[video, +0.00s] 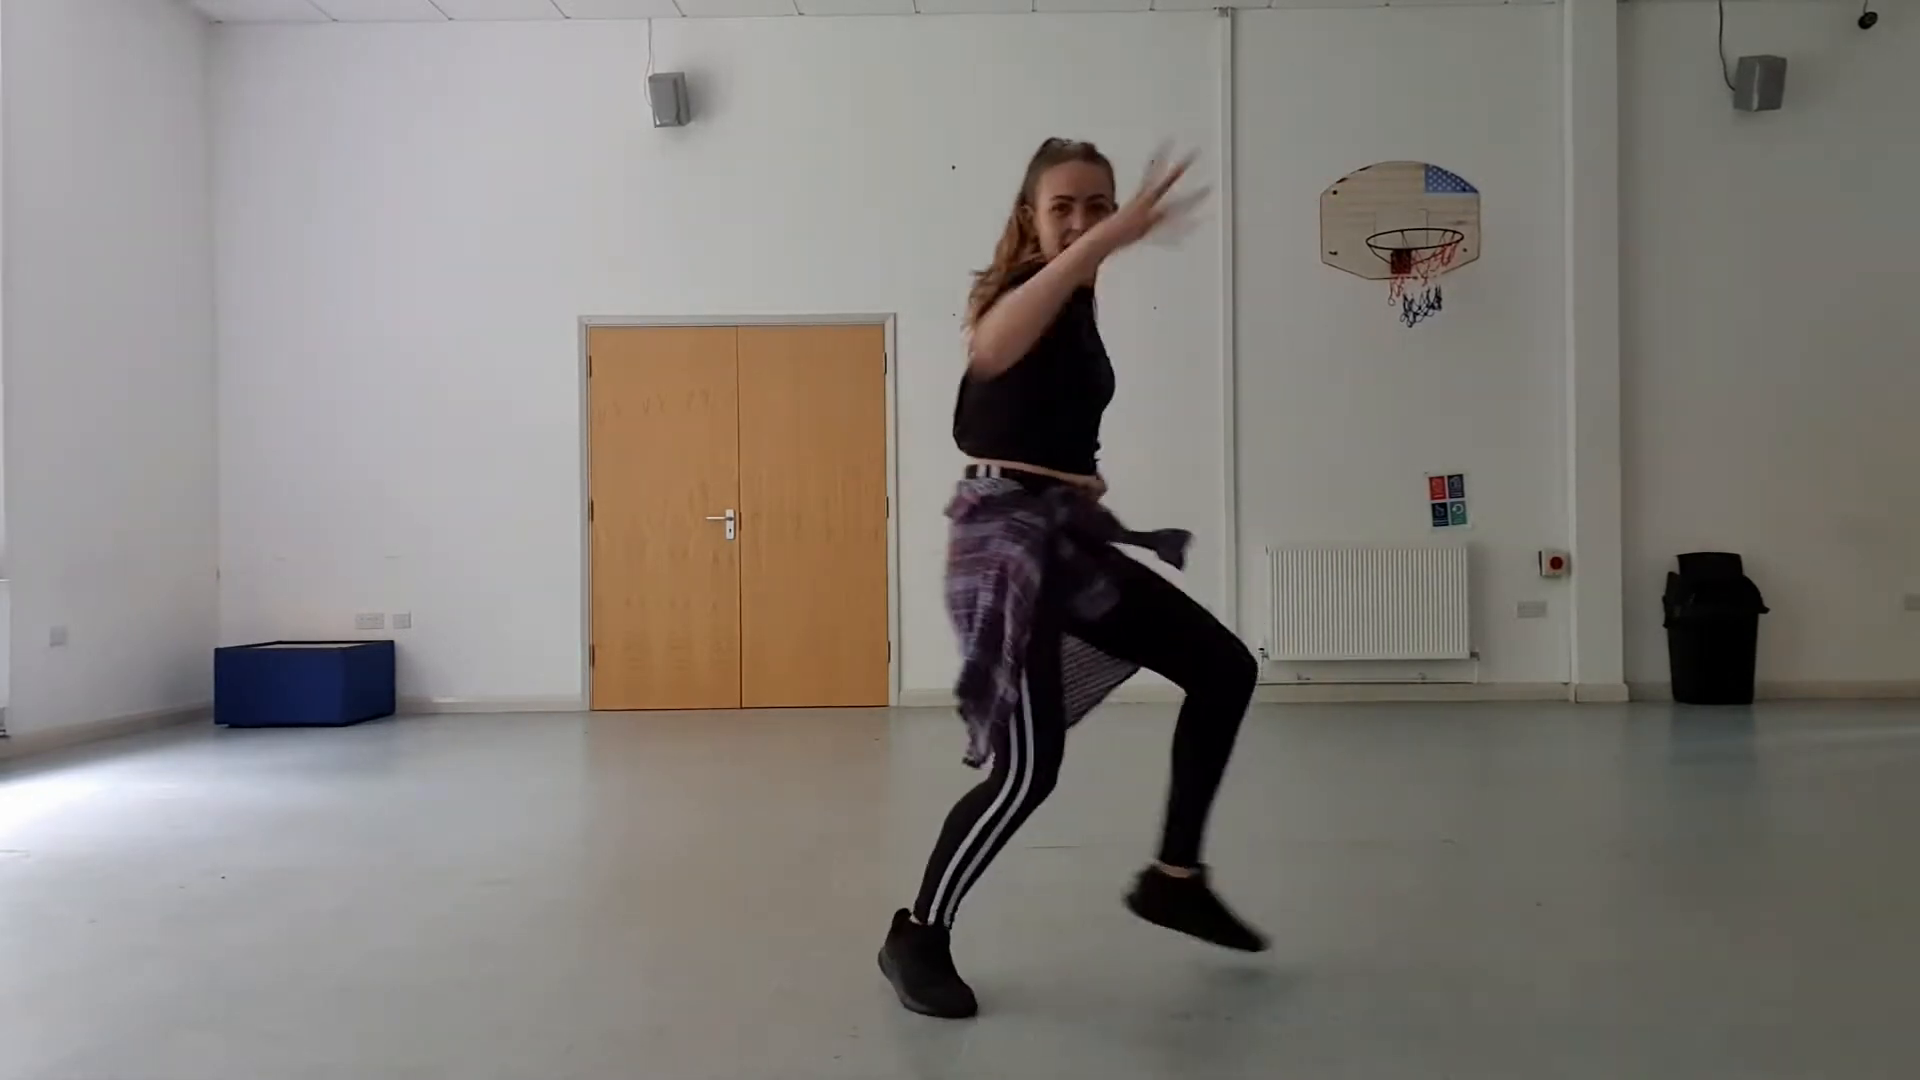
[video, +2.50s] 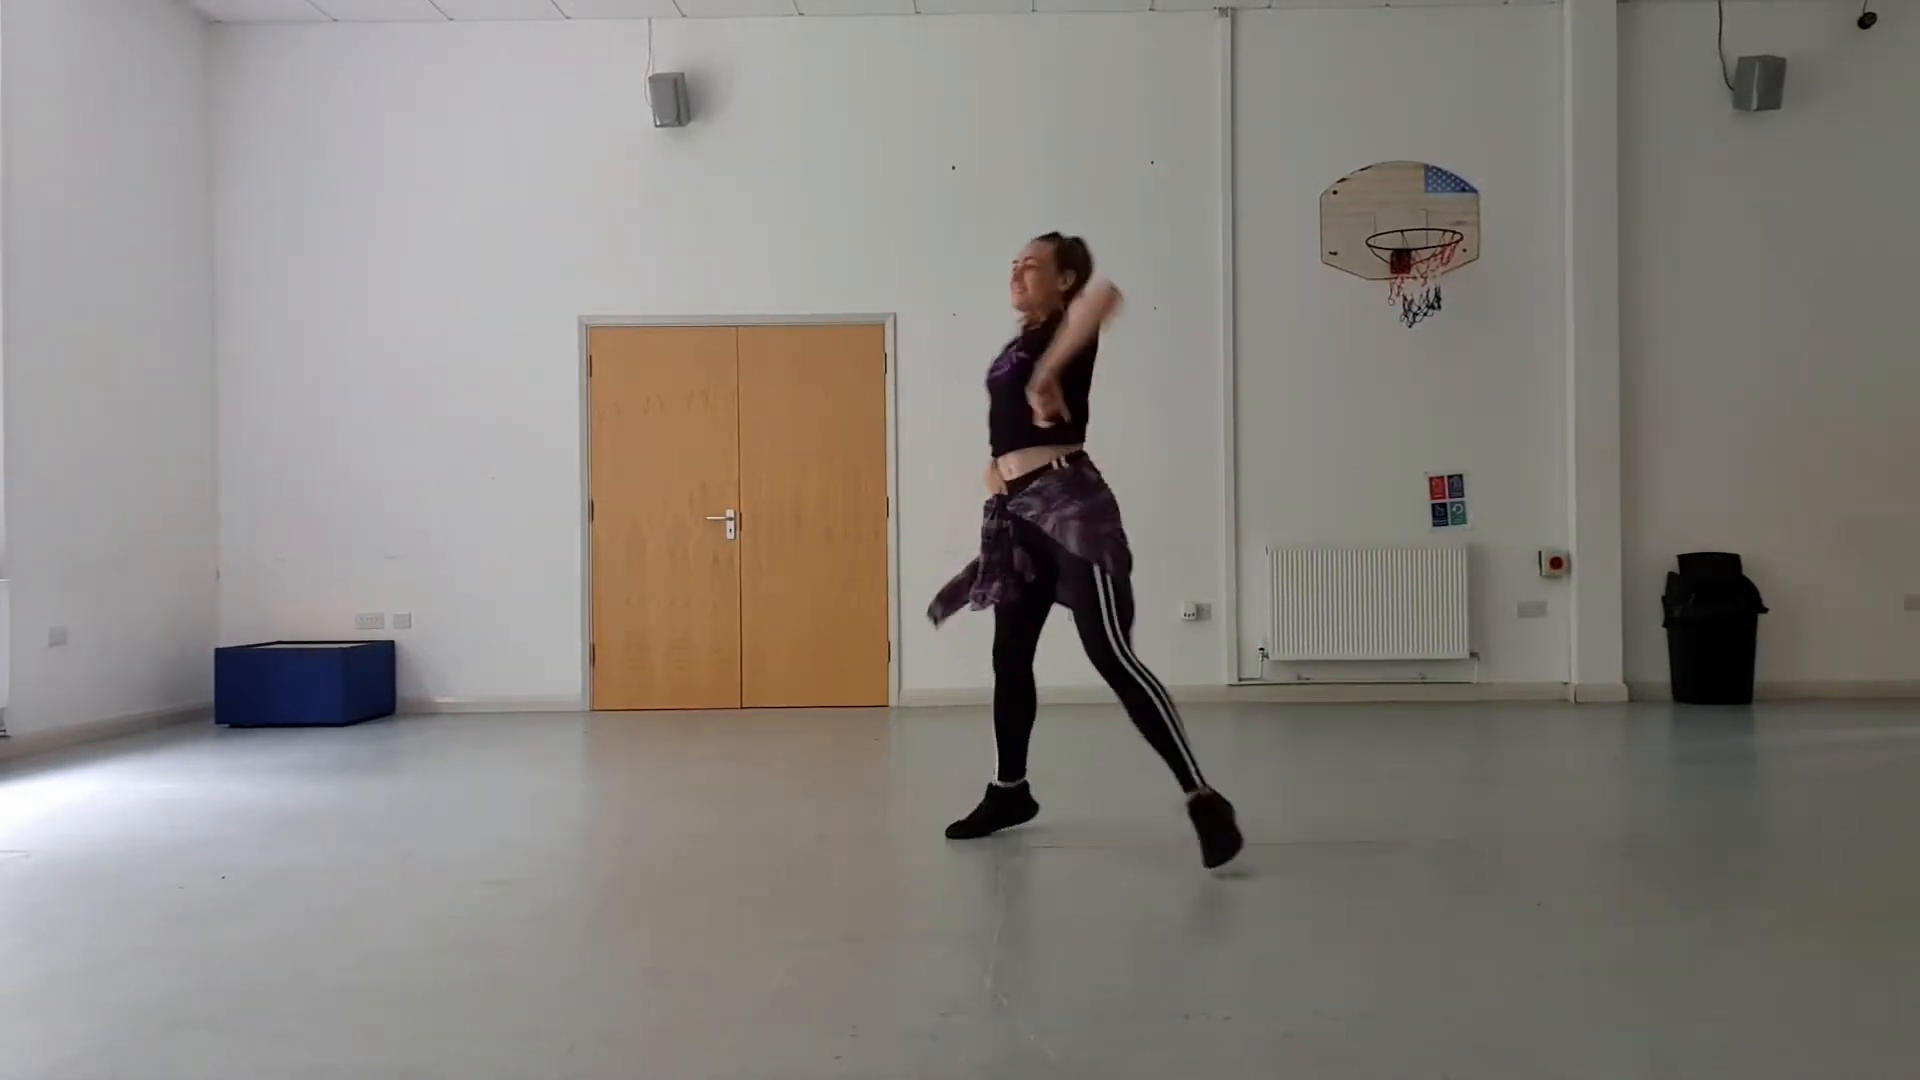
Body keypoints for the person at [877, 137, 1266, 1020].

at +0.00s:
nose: (1084, 223)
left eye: (1098, 207)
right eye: (1062, 207)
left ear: (1114, 215)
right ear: (1030, 217)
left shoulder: (1077, 307)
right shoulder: (1009, 291)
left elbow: (1061, 442)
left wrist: (1107, 525)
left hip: (1071, 538)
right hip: (1005, 539)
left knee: (1225, 669)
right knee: (1026, 765)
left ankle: (1177, 874)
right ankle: (921, 933)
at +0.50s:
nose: (999, 159)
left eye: (1017, 142)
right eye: (981, 142)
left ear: (1043, 150)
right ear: (952, 152)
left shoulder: (1080, 233)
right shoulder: (922, 244)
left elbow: (1193, 290)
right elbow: (819, 320)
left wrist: (1069, 315)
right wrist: (927, 272)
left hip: (1059, 481)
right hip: (954, 485)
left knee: (1090, 717)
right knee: (945, 715)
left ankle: (1093, 858)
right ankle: (928, 925)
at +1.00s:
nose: (1074, 283)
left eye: (1089, 270)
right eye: (1059, 270)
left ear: (1109, 281)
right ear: (1034, 282)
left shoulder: (1126, 350)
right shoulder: (1008, 340)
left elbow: (1164, 358)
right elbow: (964, 326)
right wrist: (917, 291)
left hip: (1122, 552)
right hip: (1031, 554)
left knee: (1130, 731)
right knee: (1001, 694)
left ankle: (1121, 883)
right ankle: (968, 848)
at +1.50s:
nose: (1043, 272)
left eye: (1058, 260)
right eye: (1030, 261)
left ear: (1082, 272)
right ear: (1012, 277)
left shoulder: (1118, 346)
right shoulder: (988, 345)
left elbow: (1230, 356)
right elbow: (883, 357)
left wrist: (1328, 347)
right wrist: (786, 349)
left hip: (1078, 529)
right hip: (998, 526)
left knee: (1112, 680)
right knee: (1011, 684)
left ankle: (1099, 809)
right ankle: (1017, 843)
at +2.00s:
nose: (1043, 281)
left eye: (1055, 273)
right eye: (1031, 275)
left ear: (1074, 293)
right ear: (1014, 296)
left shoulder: (1094, 356)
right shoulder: (989, 358)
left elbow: (1143, 417)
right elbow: (932, 432)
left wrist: (1179, 467)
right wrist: (876, 500)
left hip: (1073, 524)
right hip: (1001, 523)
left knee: (1062, 670)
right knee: (988, 663)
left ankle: (1053, 797)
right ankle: (985, 780)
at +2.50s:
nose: (1014, 277)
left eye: (1028, 269)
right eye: (1014, 269)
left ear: (1064, 282)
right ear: (1017, 286)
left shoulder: (1068, 332)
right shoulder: (1016, 349)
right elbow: (1008, 450)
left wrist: (1046, 374)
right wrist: (997, 488)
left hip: (1072, 504)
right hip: (1019, 516)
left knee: (1111, 654)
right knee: (1010, 659)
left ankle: (1201, 798)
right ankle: (1010, 790)